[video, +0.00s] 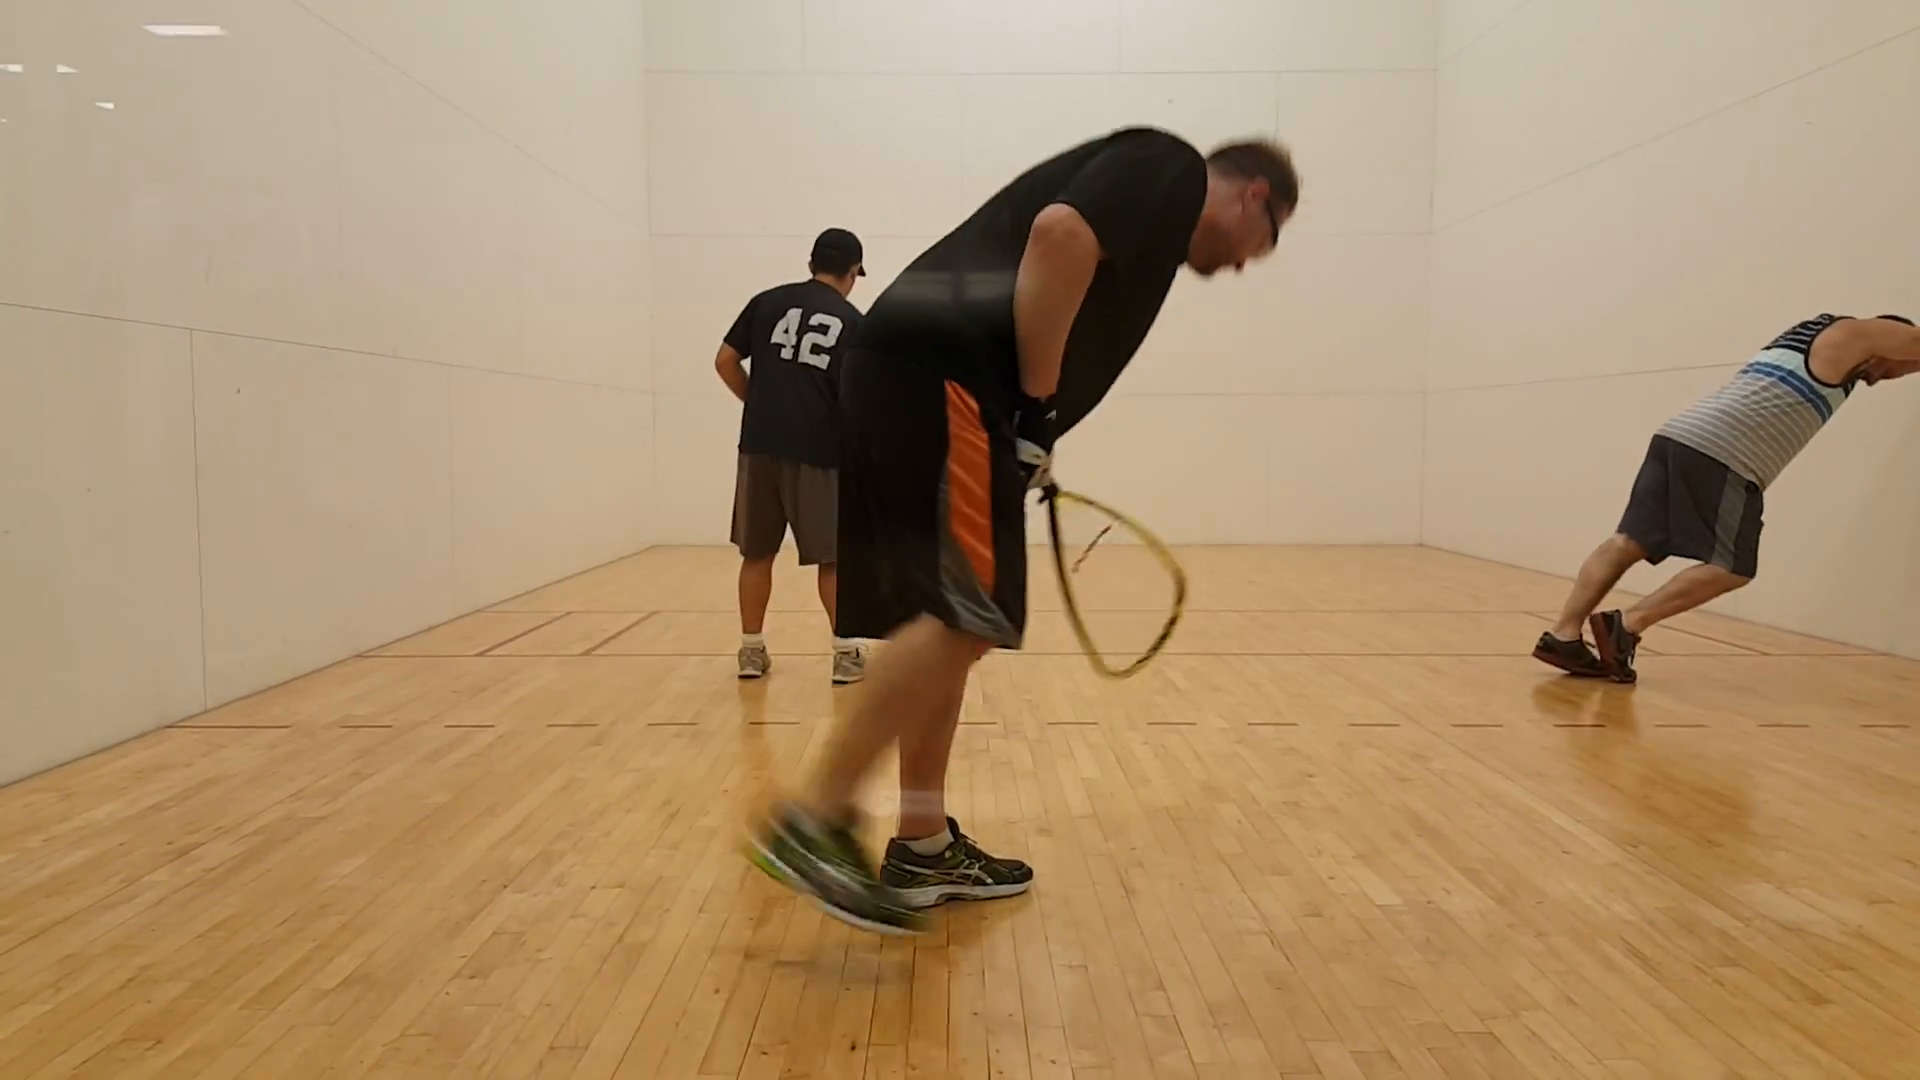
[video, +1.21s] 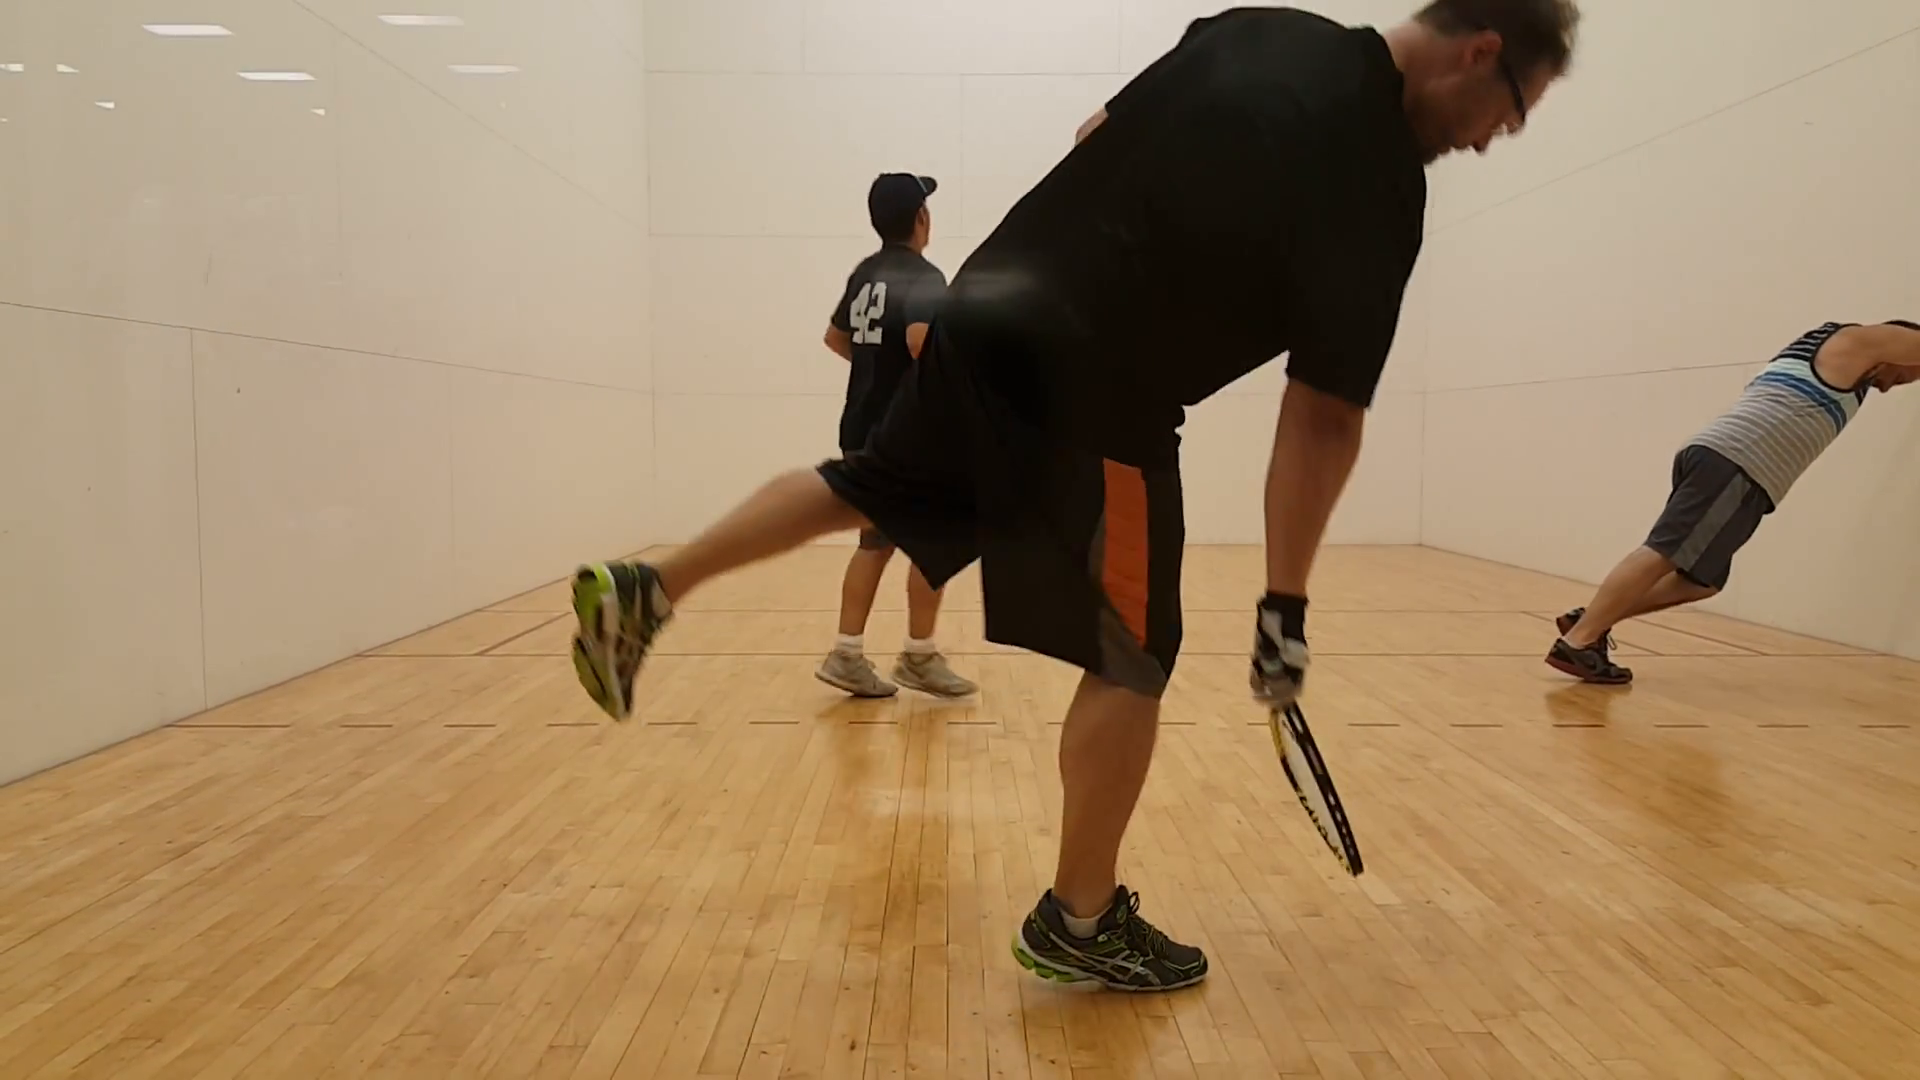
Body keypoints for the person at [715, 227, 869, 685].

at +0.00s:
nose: (856, 281)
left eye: (856, 275)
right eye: (858, 274)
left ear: (810, 264)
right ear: (853, 272)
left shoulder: (767, 302)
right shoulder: (854, 324)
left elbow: (726, 361)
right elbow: (861, 391)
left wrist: (757, 401)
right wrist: (856, 433)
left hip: (761, 442)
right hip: (820, 448)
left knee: (757, 551)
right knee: (832, 556)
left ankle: (751, 649)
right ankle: (847, 652)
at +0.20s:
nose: (845, 270)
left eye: (842, 264)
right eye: (845, 264)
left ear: (799, 255)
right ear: (840, 262)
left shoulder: (758, 298)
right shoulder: (851, 314)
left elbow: (724, 364)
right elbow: (880, 393)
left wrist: (761, 396)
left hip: (761, 446)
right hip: (819, 450)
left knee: (759, 550)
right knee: (831, 554)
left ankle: (751, 652)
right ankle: (846, 655)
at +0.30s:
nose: (839, 260)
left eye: (837, 253)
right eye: (840, 254)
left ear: (791, 250)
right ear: (835, 254)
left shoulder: (754, 298)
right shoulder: (847, 305)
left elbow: (724, 368)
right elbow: (885, 366)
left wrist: (762, 394)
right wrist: (855, 334)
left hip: (763, 448)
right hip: (823, 451)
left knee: (760, 549)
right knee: (832, 553)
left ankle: (751, 651)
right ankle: (846, 655)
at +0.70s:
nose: (843, 254)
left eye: (839, 248)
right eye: (841, 249)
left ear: (793, 255)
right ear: (836, 256)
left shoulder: (763, 307)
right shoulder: (857, 315)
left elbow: (736, 378)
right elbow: (874, 395)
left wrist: (764, 425)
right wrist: (842, 413)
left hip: (777, 454)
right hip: (836, 458)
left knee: (765, 549)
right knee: (869, 545)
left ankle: (755, 648)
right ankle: (861, 653)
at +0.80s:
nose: (860, 264)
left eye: (857, 258)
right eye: (858, 259)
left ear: (811, 264)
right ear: (853, 265)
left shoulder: (780, 316)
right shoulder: (869, 329)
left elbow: (749, 387)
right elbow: (891, 408)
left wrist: (757, 447)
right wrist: (885, 441)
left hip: (786, 464)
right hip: (844, 468)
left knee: (768, 551)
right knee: (894, 552)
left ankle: (754, 645)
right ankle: (879, 654)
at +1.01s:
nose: (905, 241)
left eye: (903, 234)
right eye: (903, 235)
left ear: (853, 244)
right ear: (895, 243)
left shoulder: (829, 296)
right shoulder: (909, 304)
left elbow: (797, 360)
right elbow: (922, 372)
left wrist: (816, 414)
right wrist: (948, 420)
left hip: (830, 445)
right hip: (887, 452)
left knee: (814, 548)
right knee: (894, 551)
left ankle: (788, 644)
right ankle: (878, 652)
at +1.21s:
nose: (930, 215)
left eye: (926, 206)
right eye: (926, 208)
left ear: (882, 221)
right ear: (919, 219)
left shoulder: (865, 272)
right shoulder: (927, 278)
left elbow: (837, 336)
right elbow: (920, 341)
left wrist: (881, 364)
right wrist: (961, 376)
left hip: (863, 433)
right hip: (914, 436)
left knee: (875, 538)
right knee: (933, 537)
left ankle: (845, 653)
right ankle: (920, 653)